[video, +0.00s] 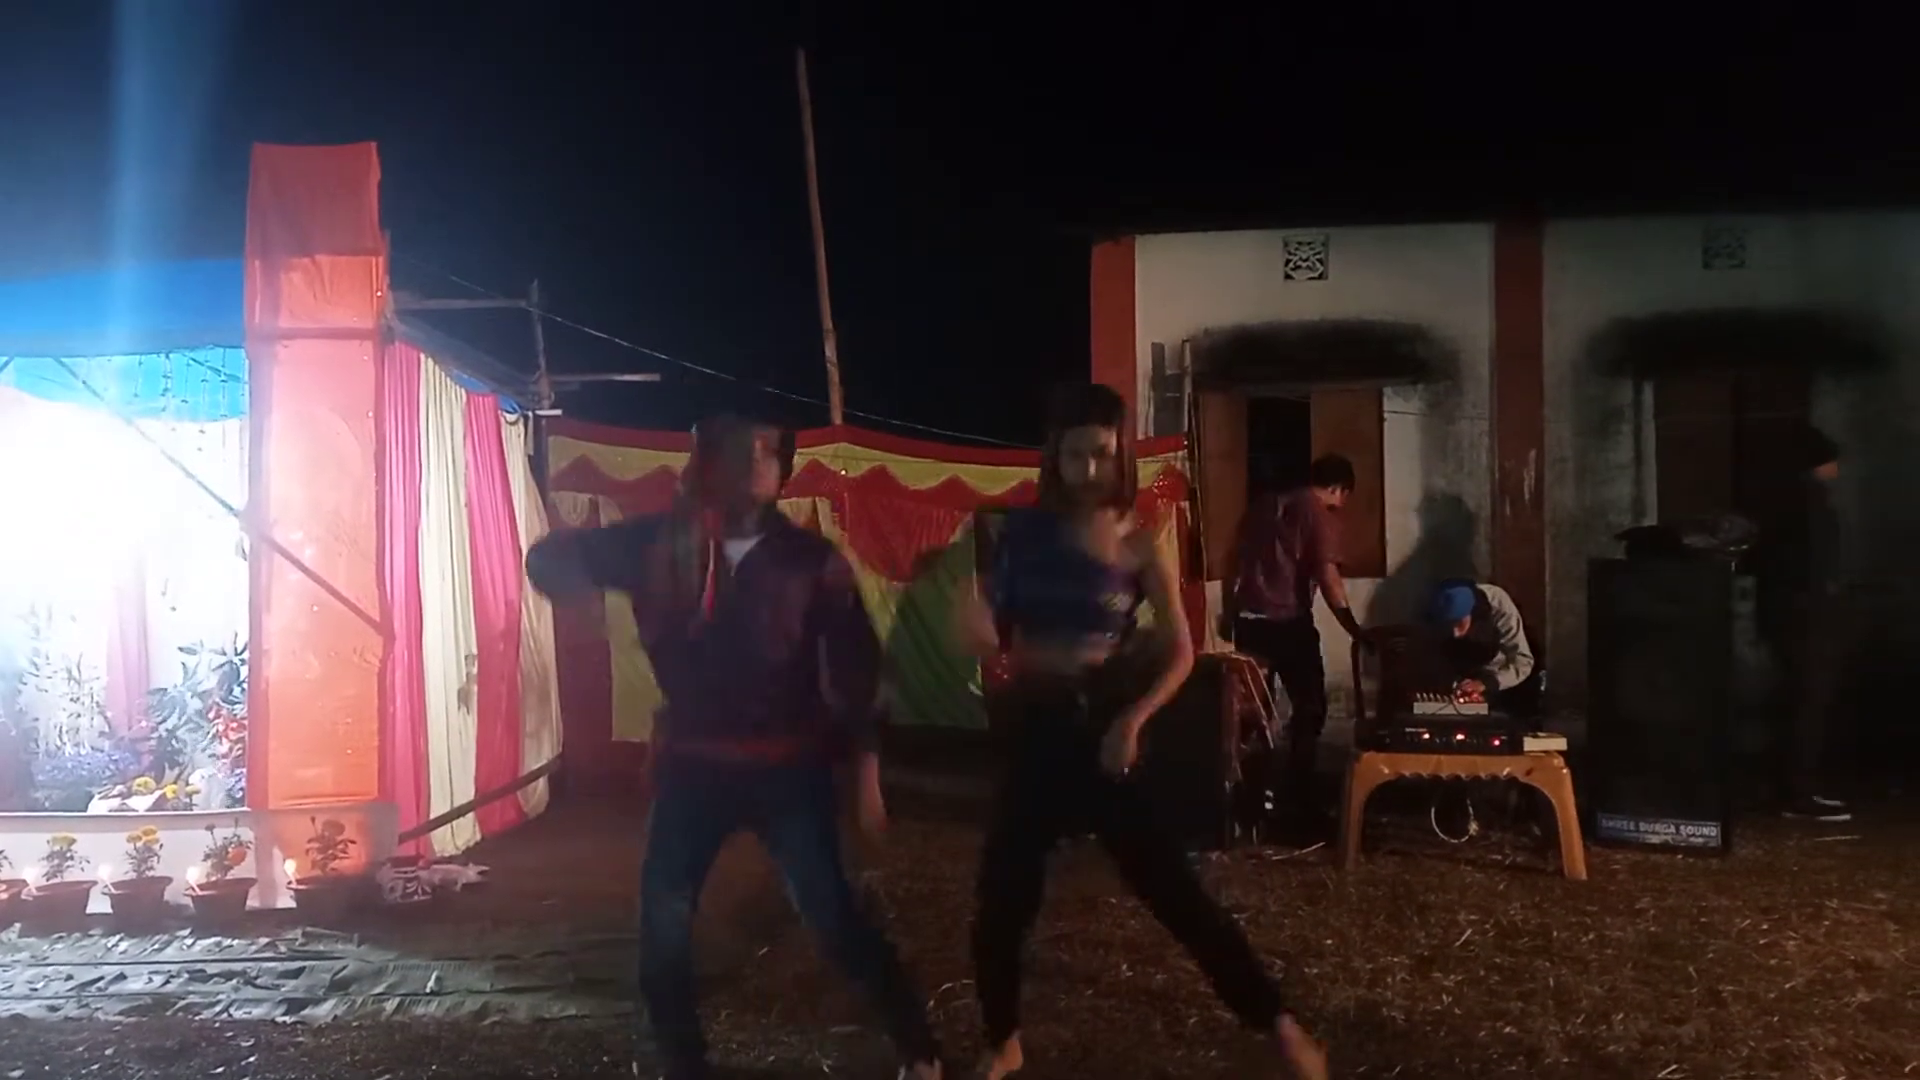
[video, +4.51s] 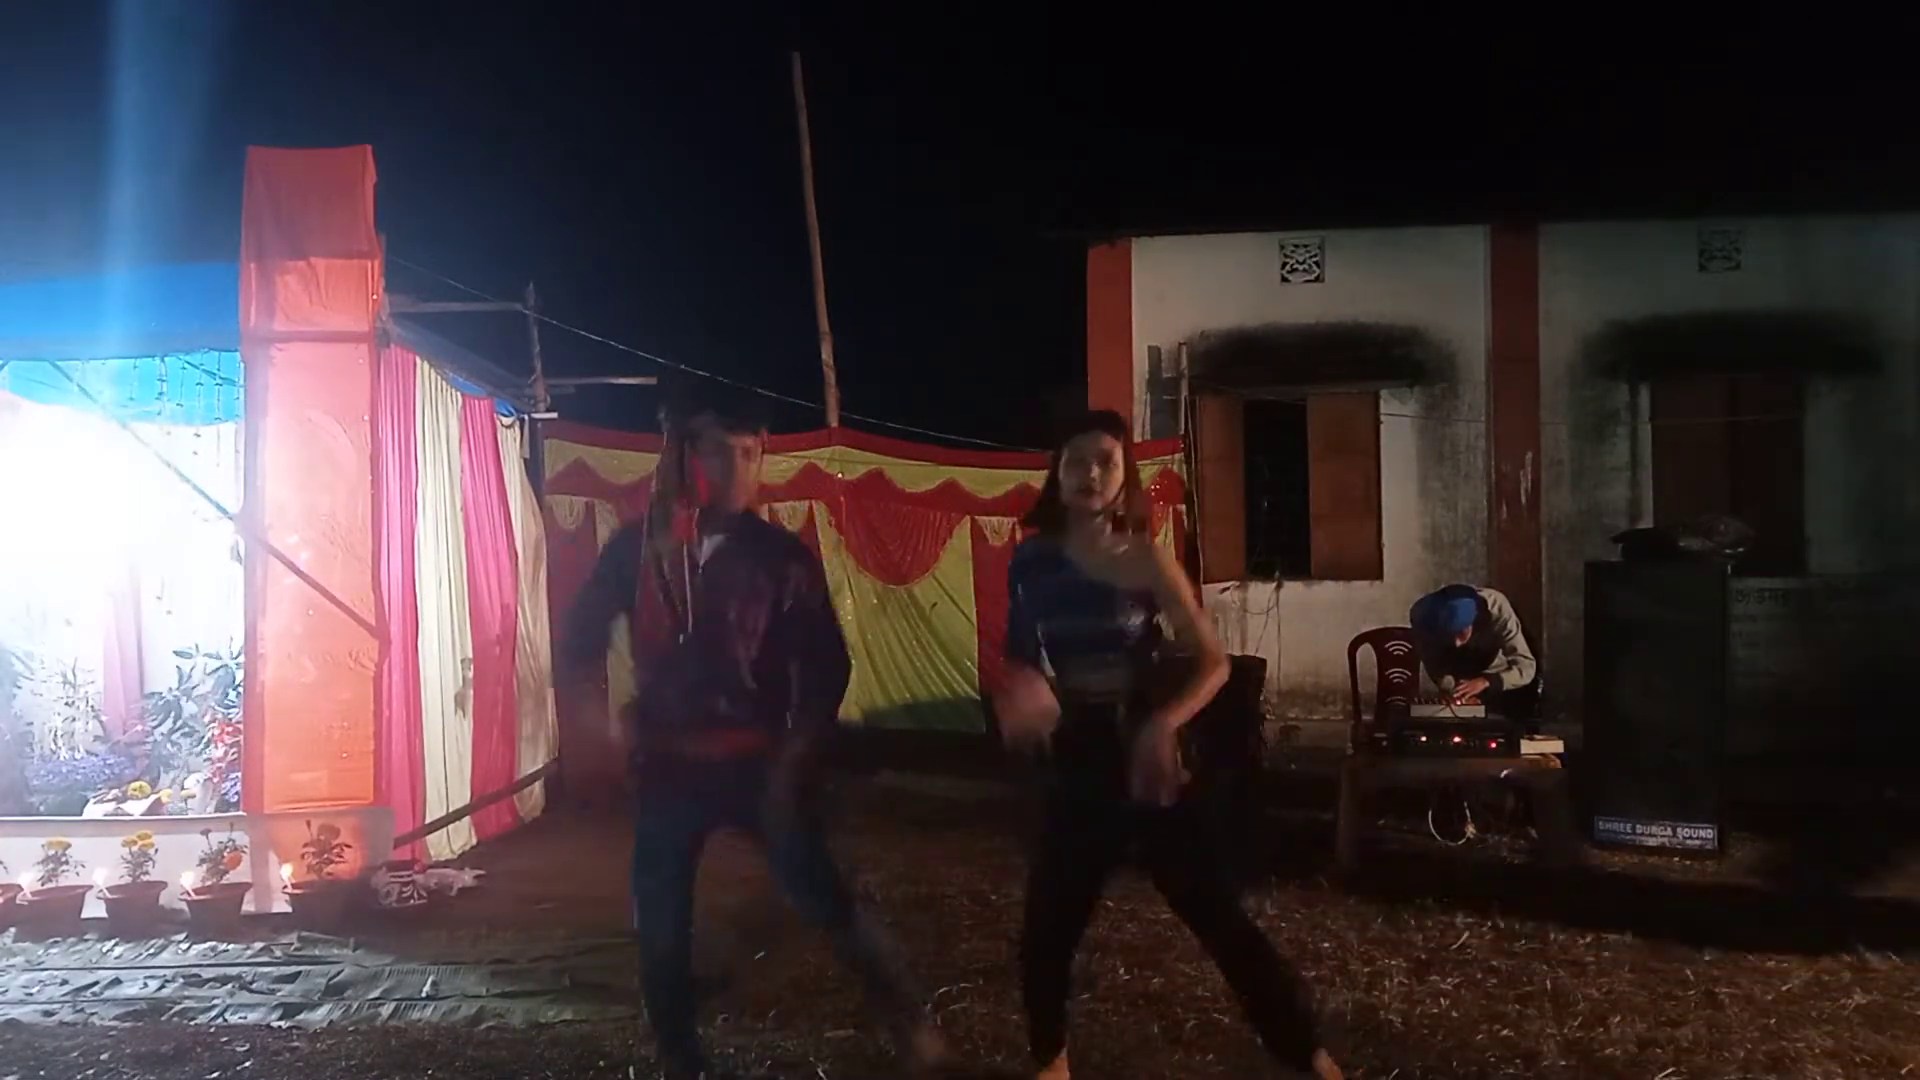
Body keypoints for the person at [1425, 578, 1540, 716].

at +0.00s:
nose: (1455, 634)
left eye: (1460, 624)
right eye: (1449, 626)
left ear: (1471, 613)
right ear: (1440, 620)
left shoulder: (1497, 604)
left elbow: (1523, 661)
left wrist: (1486, 683)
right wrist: (1457, 683)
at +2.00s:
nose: (1455, 638)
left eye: (1460, 630)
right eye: (1448, 633)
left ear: (1470, 618)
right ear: (1436, 624)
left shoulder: (1497, 608)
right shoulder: (1422, 614)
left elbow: (1520, 665)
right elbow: (1431, 662)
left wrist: (1484, 686)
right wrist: (1449, 687)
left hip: (1489, 647)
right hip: (1451, 650)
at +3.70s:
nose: (1456, 643)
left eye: (1461, 635)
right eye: (1450, 637)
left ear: (1472, 622)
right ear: (1438, 627)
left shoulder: (1496, 607)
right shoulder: (1421, 614)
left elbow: (1526, 666)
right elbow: (1433, 663)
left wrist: (1486, 681)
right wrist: (1456, 692)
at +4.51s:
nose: (1457, 644)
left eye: (1462, 636)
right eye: (1450, 637)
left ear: (1473, 622)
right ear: (1438, 627)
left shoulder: (1496, 607)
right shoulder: (1421, 614)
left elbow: (1525, 667)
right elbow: (1432, 662)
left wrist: (1486, 682)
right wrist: (1452, 689)